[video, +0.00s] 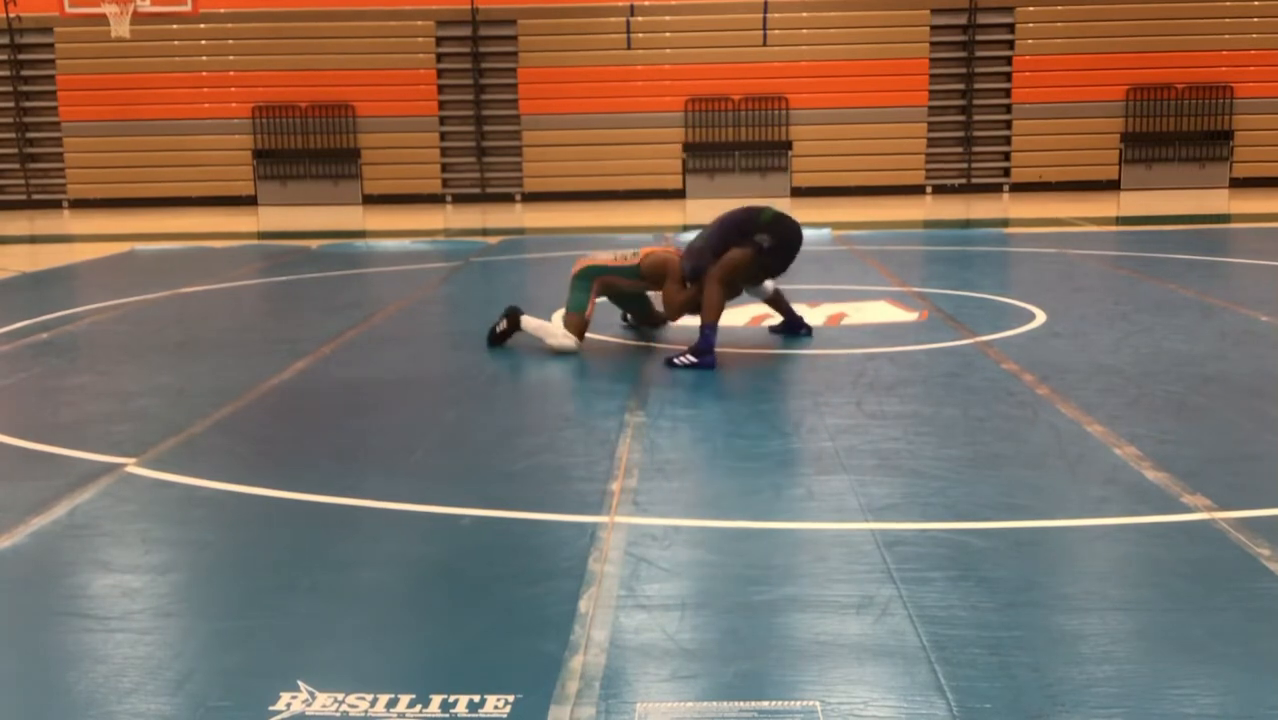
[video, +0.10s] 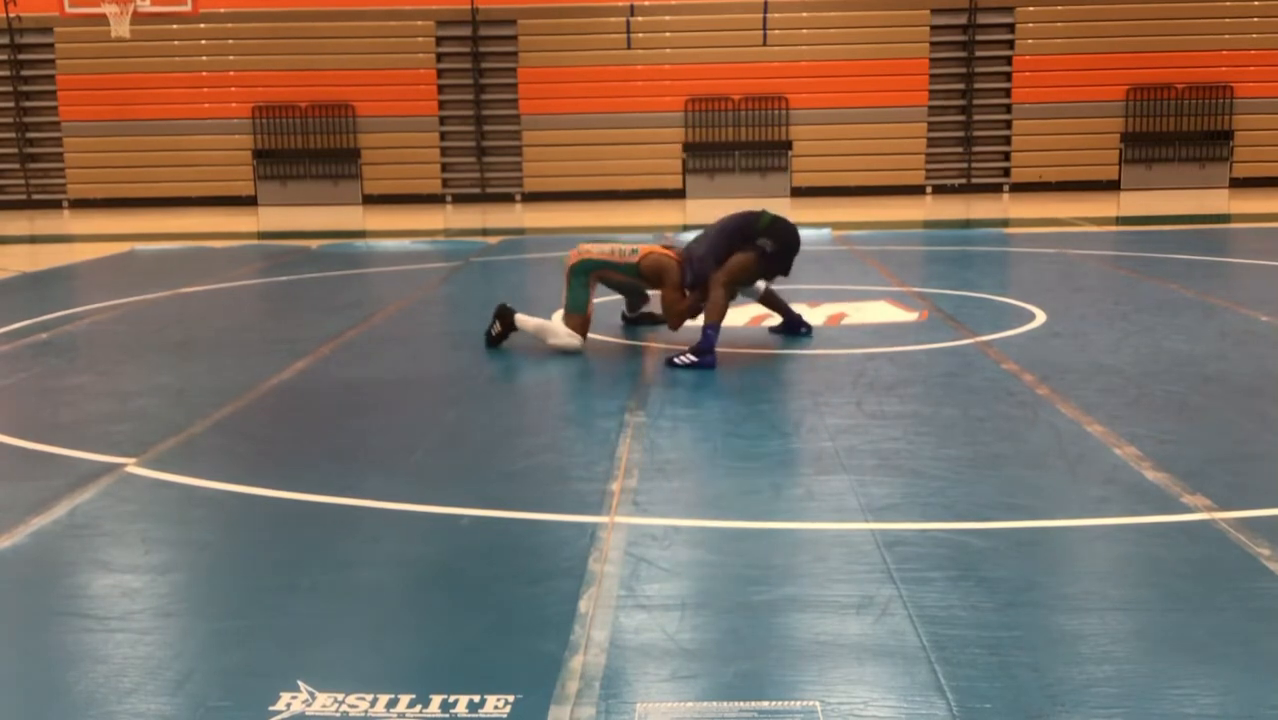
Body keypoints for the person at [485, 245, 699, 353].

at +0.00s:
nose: (691, 312)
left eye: (696, 310)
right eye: (693, 309)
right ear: (694, 288)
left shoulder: (689, 263)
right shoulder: (673, 265)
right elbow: (673, 312)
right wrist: (700, 288)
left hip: (620, 276)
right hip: (589, 273)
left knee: (654, 321)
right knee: (568, 340)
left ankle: (632, 317)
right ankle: (517, 320)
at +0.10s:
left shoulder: (678, 259)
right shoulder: (670, 267)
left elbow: (680, 312)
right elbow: (675, 322)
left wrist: (699, 294)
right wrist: (701, 296)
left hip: (596, 258)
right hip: (582, 264)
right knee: (572, 339)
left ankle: (634, 313)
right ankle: (510, 319)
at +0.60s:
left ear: (637, 209)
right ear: (637, 222)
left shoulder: (623, 209)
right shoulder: (614, 227)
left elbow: (618, 271)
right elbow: (616, 281)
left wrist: (653, 253)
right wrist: (649, 256)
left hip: (570, 229)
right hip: (549, 233)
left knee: (606, 267)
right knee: (571, 306)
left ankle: (625, 310)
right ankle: (512, 325)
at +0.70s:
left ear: (636, 211)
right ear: (635, 218)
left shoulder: (621, 212)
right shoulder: (612, 219)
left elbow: (624, 266)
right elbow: (611, 271)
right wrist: (640, 247)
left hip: (566, 223)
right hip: (547, 225)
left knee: (612, 258)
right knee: (565, 299)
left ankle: (604, 302)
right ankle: (503, 324)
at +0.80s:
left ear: (637, 214)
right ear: (642, 219)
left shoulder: (624, 216)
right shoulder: (613, 211)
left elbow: (617, 255)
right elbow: (602, 253)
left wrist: (648, 256)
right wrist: (635, 239)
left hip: (574, 222)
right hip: (553, 218)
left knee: (614, 268)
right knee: (558, 288)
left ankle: (599, 311)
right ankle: (493, 318)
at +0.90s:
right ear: (644, 215)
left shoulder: (627, 209)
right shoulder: (615, 205)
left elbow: (619, 247)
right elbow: (600, 246)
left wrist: (650, 246)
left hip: (576, 216)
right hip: (554, 211)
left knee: (614, 266)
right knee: (553, 284)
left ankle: (599, 311)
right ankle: (487, 316)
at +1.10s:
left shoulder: (619, 198)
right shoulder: (608, 191)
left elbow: (615, 239)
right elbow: (595, 228)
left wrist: (642, 232)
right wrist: (631, 217)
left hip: (570, 211)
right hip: (546, 206)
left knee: (602, 256)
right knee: (544, 284)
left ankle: (600, 304)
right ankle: (483, 318)